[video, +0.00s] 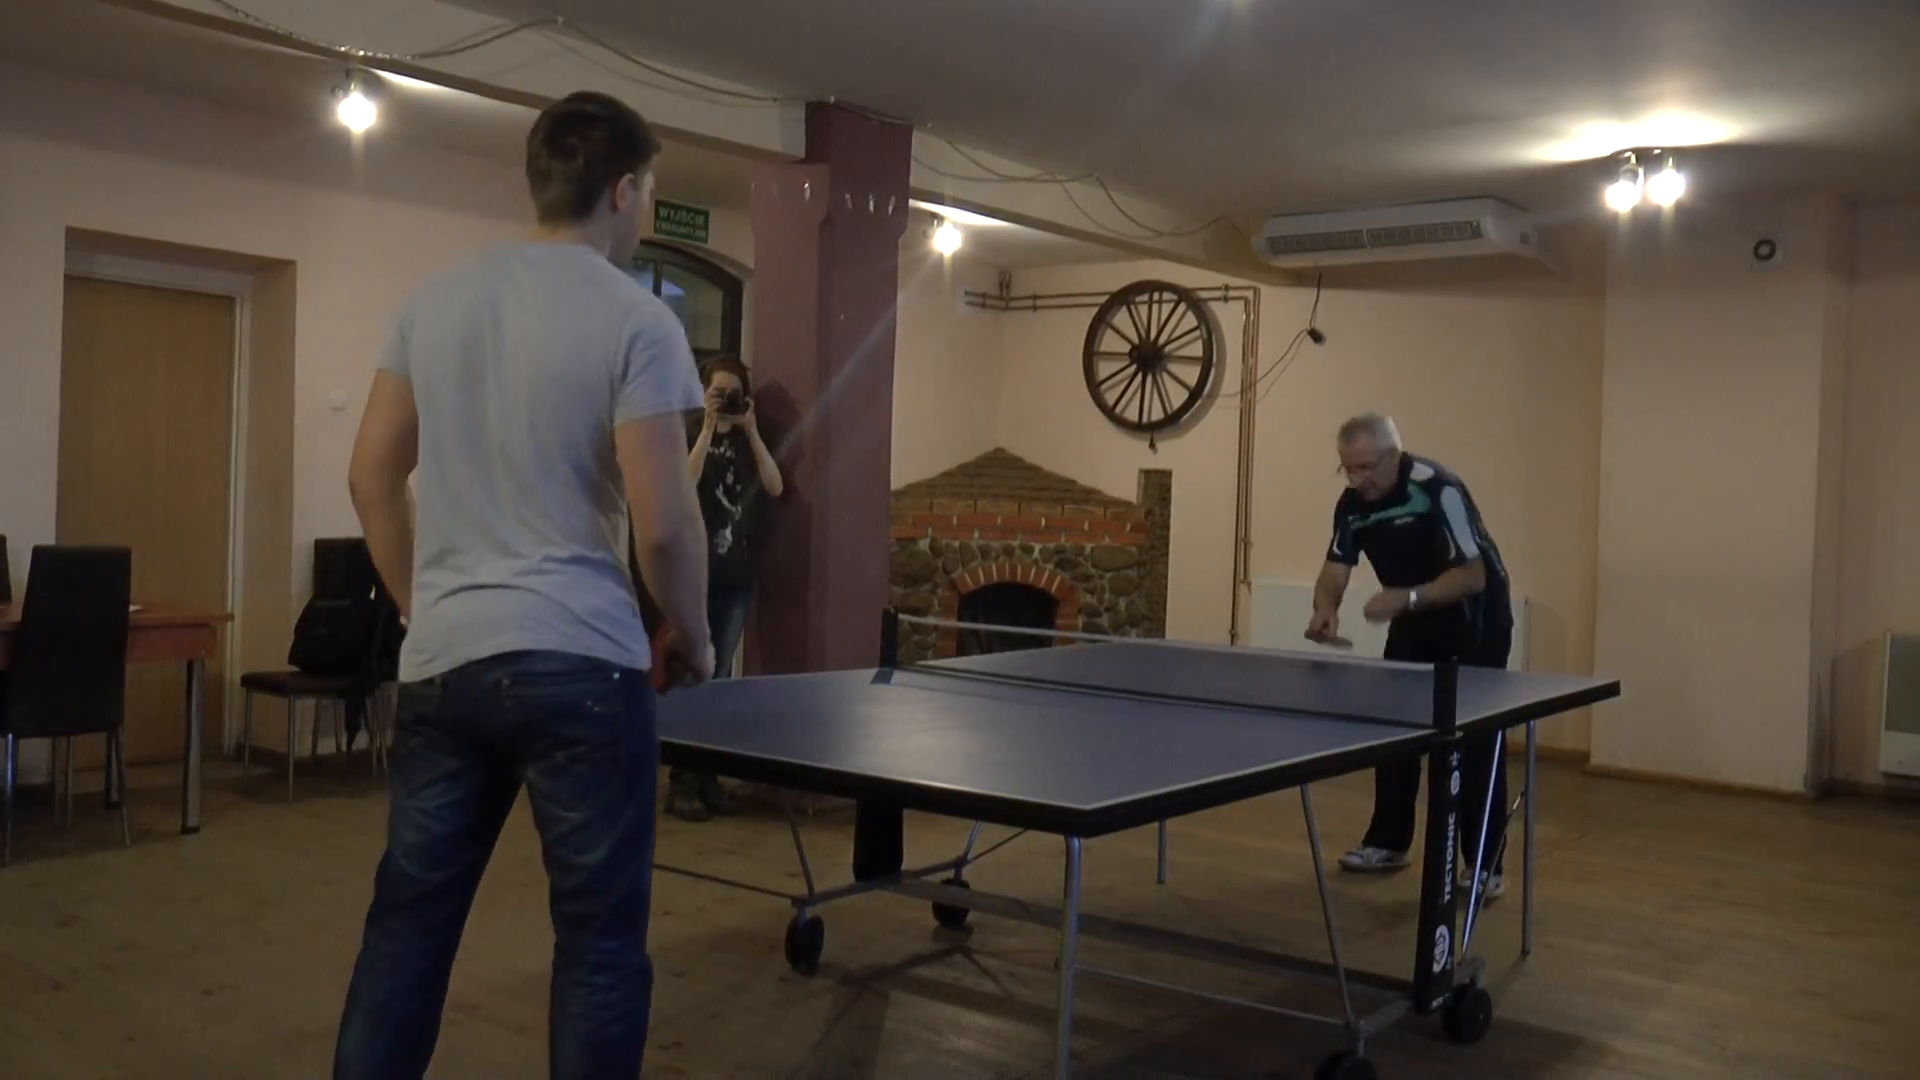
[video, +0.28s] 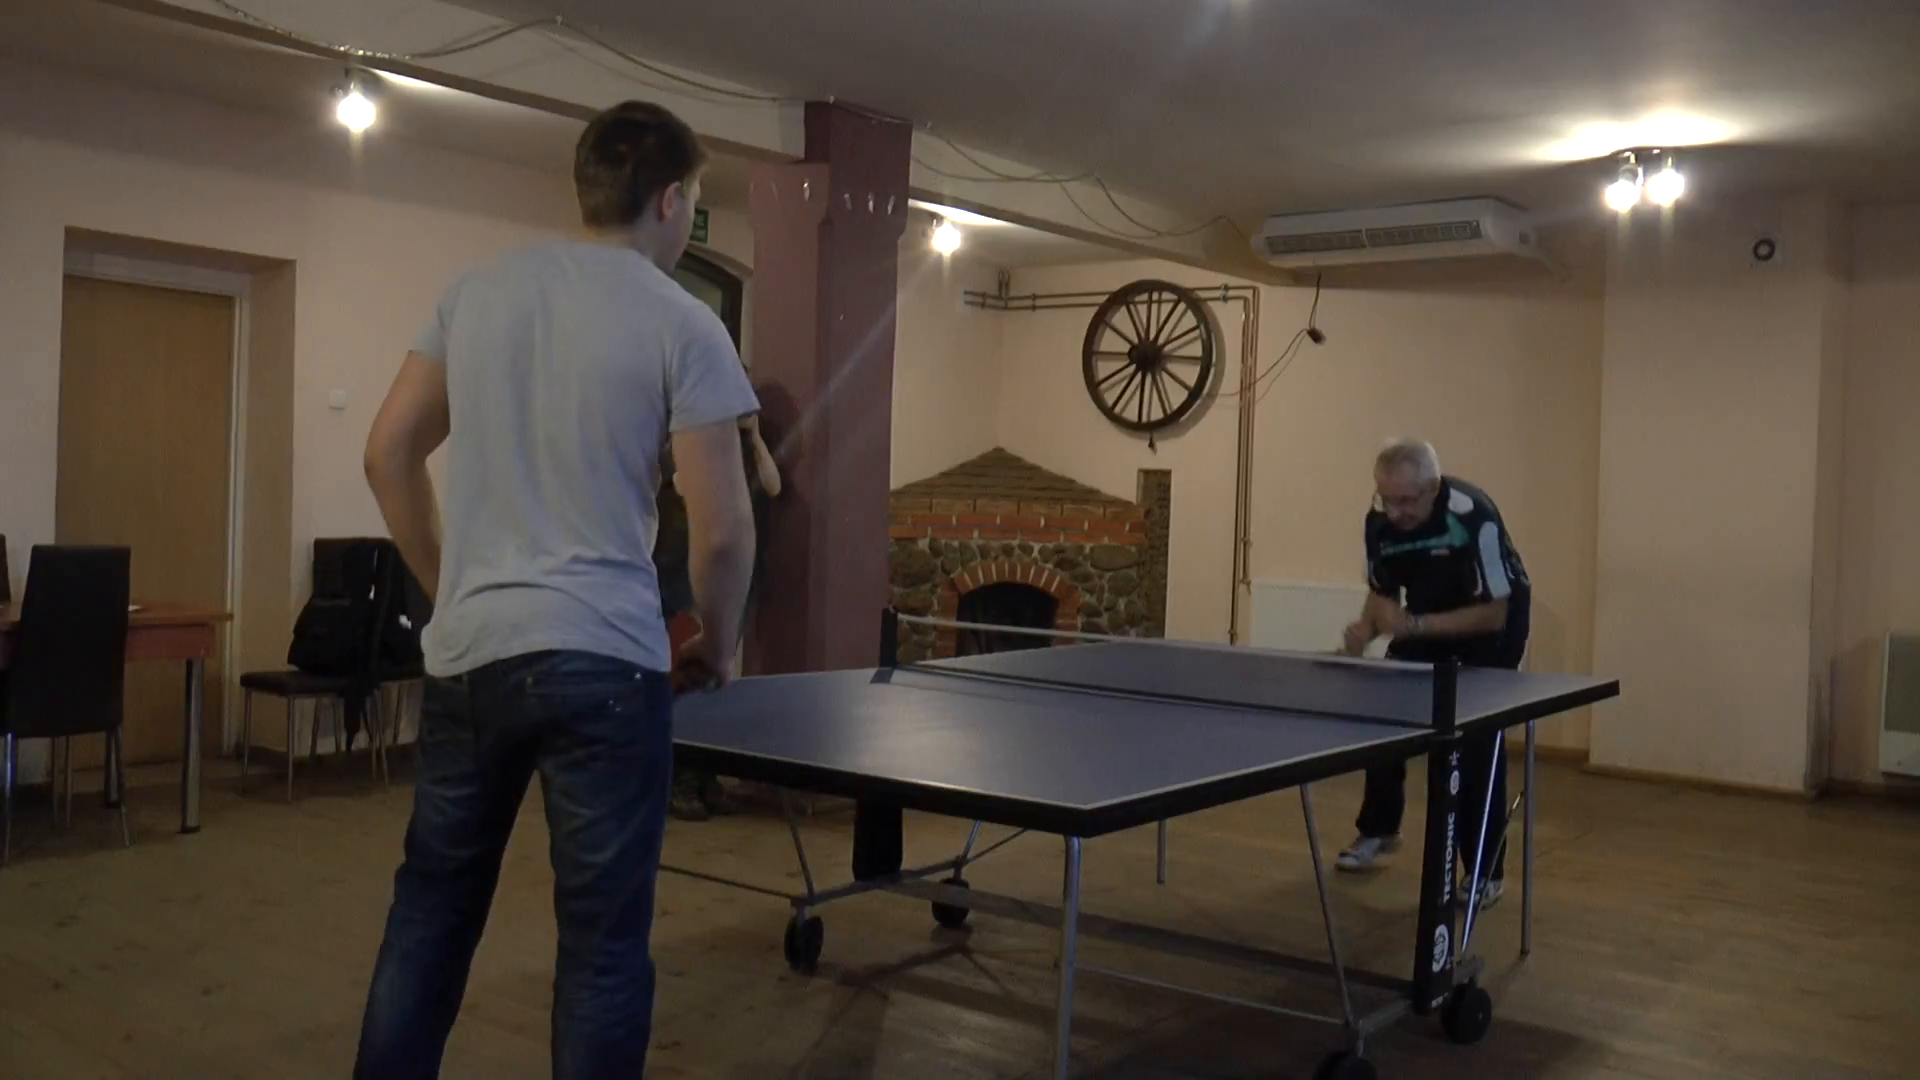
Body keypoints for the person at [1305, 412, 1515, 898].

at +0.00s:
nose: (1355, 480)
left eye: (1365, 468)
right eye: (1348, 469)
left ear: (1394, 458)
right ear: (1343, 464)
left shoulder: (1439, 491)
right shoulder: (1352, 505)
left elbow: (1474, 575)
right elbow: (1334, 572)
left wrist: (1407, 597)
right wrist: (1324, 611)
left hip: (1475, 620)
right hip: (1413, 620)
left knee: (1475, 740)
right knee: (1397, 729)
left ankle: (1484, 864)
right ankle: (1387, 844)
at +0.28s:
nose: (1395, 511)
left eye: (1407, 500)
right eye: (1388, 499)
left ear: (1434, 487)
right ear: (1378, 489)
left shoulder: (1474, 516)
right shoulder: (1380, 522)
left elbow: (1495, 613)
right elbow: (1383, 594)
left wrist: (1414, 624)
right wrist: (1367, 626)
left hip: (1486, 636)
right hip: (1421, 631)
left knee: (1475, 745)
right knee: (1383, 722)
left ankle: (1484, 871)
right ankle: (1379, 830)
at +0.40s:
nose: (1396, 530)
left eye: (1408, 520)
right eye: (1388, 518)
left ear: (1436, 507)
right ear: (1381, 506)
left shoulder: (1475, 532)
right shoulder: (1382, 535)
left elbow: (1499, 626)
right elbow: (1387, 607)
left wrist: (1448, 674)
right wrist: (1377, 677)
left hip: (1490, 626)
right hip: (1429, 619)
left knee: (1473, 744)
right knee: (1381, 721)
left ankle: (1481, 874)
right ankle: (1350, 840)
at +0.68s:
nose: (1373, 579)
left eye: (1385, 570)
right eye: (1367, 567)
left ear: (1413, 557)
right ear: (1359, 554)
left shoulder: (1455, 570)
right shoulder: (1361, 577)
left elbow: (1452, 662)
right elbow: (1361, 656)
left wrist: (1435, 717)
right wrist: (1359, 714)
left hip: (1488, 640)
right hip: (1420, 637)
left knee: (1464, 749)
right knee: (1367, 733)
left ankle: (1478, 872)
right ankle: (1331, 851)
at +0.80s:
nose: (1363, 588)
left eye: (1374, 579)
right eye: (1356, 577)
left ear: (1402, 566)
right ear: (1349, 561)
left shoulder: (1441, 579)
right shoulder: (1347, 587)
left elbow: (1449, 668)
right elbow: (1341, 664)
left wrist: (1433, 719)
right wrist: (1332, 721)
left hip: (1474, 648)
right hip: (1402, 645)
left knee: (1442, 751)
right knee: (1348, 738)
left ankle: (1478, 871)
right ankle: (1329, 851)